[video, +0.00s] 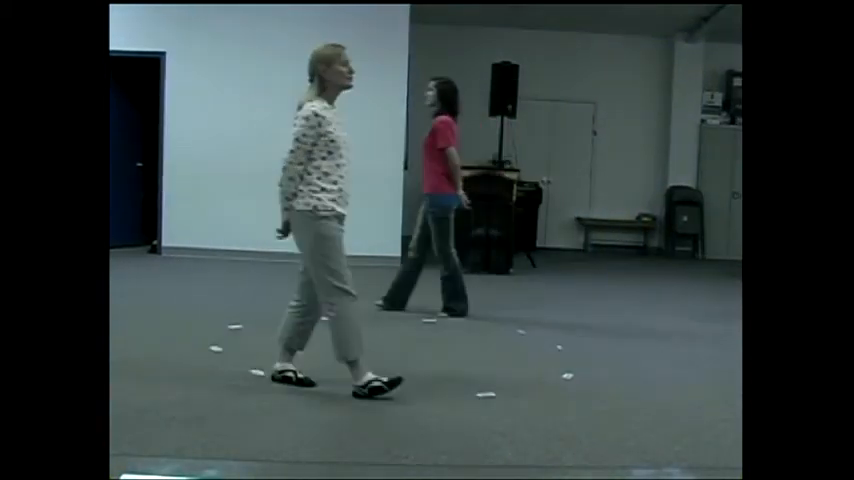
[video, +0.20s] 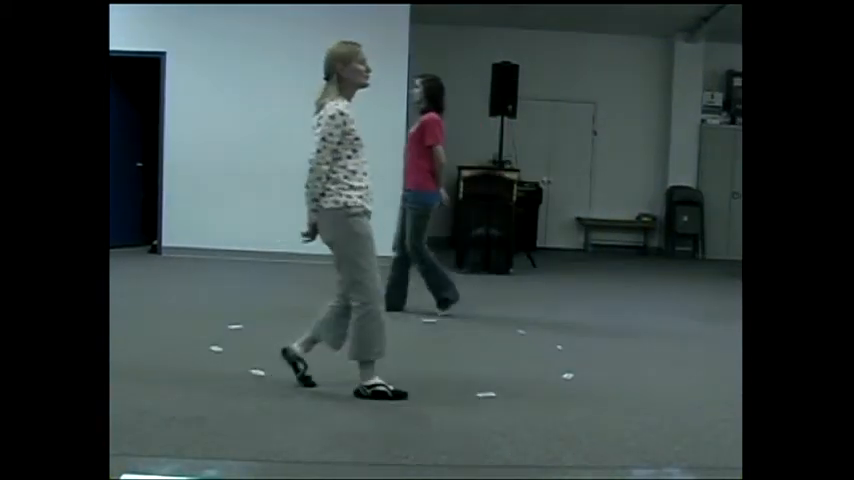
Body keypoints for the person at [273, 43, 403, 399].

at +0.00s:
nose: (351, 70)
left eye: (350, 65)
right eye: (343, 66)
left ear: (334, 74)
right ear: (323, 72)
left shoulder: (328, 113)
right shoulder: (312, 113)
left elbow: (307, 166)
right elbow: (293, 166)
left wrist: (291, 213)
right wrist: (287, 212)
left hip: (325, 213)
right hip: (314, 213)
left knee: (309, 295)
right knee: (340, 293)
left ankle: (284, 364)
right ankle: (361, 377)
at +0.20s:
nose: (368, 69)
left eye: (366, 64)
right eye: (360, 64)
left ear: (345, 72)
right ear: (340, 70)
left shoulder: (339, 112)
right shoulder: (335, 113)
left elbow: (325, 168)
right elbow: (319, 167)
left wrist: (315, 216)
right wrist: (312, 215)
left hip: (340, 211)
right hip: (345, 212)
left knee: (353, 295)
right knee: (368, 293)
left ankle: (300, 349)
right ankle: (369, 379)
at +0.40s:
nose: (379, 76)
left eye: (377, 70)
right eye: (372, 71)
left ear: (356, 78)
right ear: (354, 77)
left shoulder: (351, 119)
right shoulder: (345, 121)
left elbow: (336, 177)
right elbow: (331, 176)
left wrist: (325, 226)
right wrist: (324, 226)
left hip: (361, 217)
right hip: (354, 219)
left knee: (404, 289)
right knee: (390, 294)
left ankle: (342, 344)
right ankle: (370, 380)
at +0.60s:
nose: (379, 69)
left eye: (377, 63)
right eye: (372, 64)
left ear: (353, 71)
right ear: (352, 70)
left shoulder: (346, 111)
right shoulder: (342, 113)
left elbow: (331, 168)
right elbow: (325, 168)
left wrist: (320, 217)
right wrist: (318, 217)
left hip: (347, 211)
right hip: (350, 212)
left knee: (368, 293)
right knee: (373, 294)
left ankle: (311, 343)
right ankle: (370, 379)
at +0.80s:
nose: (375, 67)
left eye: (374, 62)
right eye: (368, 62)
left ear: (351, 68)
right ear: (350, 67)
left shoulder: (343, 108)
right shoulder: (334, 110)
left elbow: (319, 162)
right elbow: (309, 161)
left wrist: (302, 209)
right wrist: (300, 208)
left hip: (333, 208)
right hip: (330, 209)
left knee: (324, 288)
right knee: (353, 288)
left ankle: (284, 355)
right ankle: (362, 376)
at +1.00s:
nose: (375, 63)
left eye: (374, 58)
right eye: (368, 57)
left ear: (350, 64)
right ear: (348, 62)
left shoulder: (343, 102)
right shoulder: (333, 104)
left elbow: (314, 156)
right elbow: (306, 156)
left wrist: (303, 203)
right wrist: (300, 202)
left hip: (328, 201)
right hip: (329, 202)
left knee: (317, 284)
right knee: (343, 286)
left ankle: (287, 353)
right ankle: (303, 362)